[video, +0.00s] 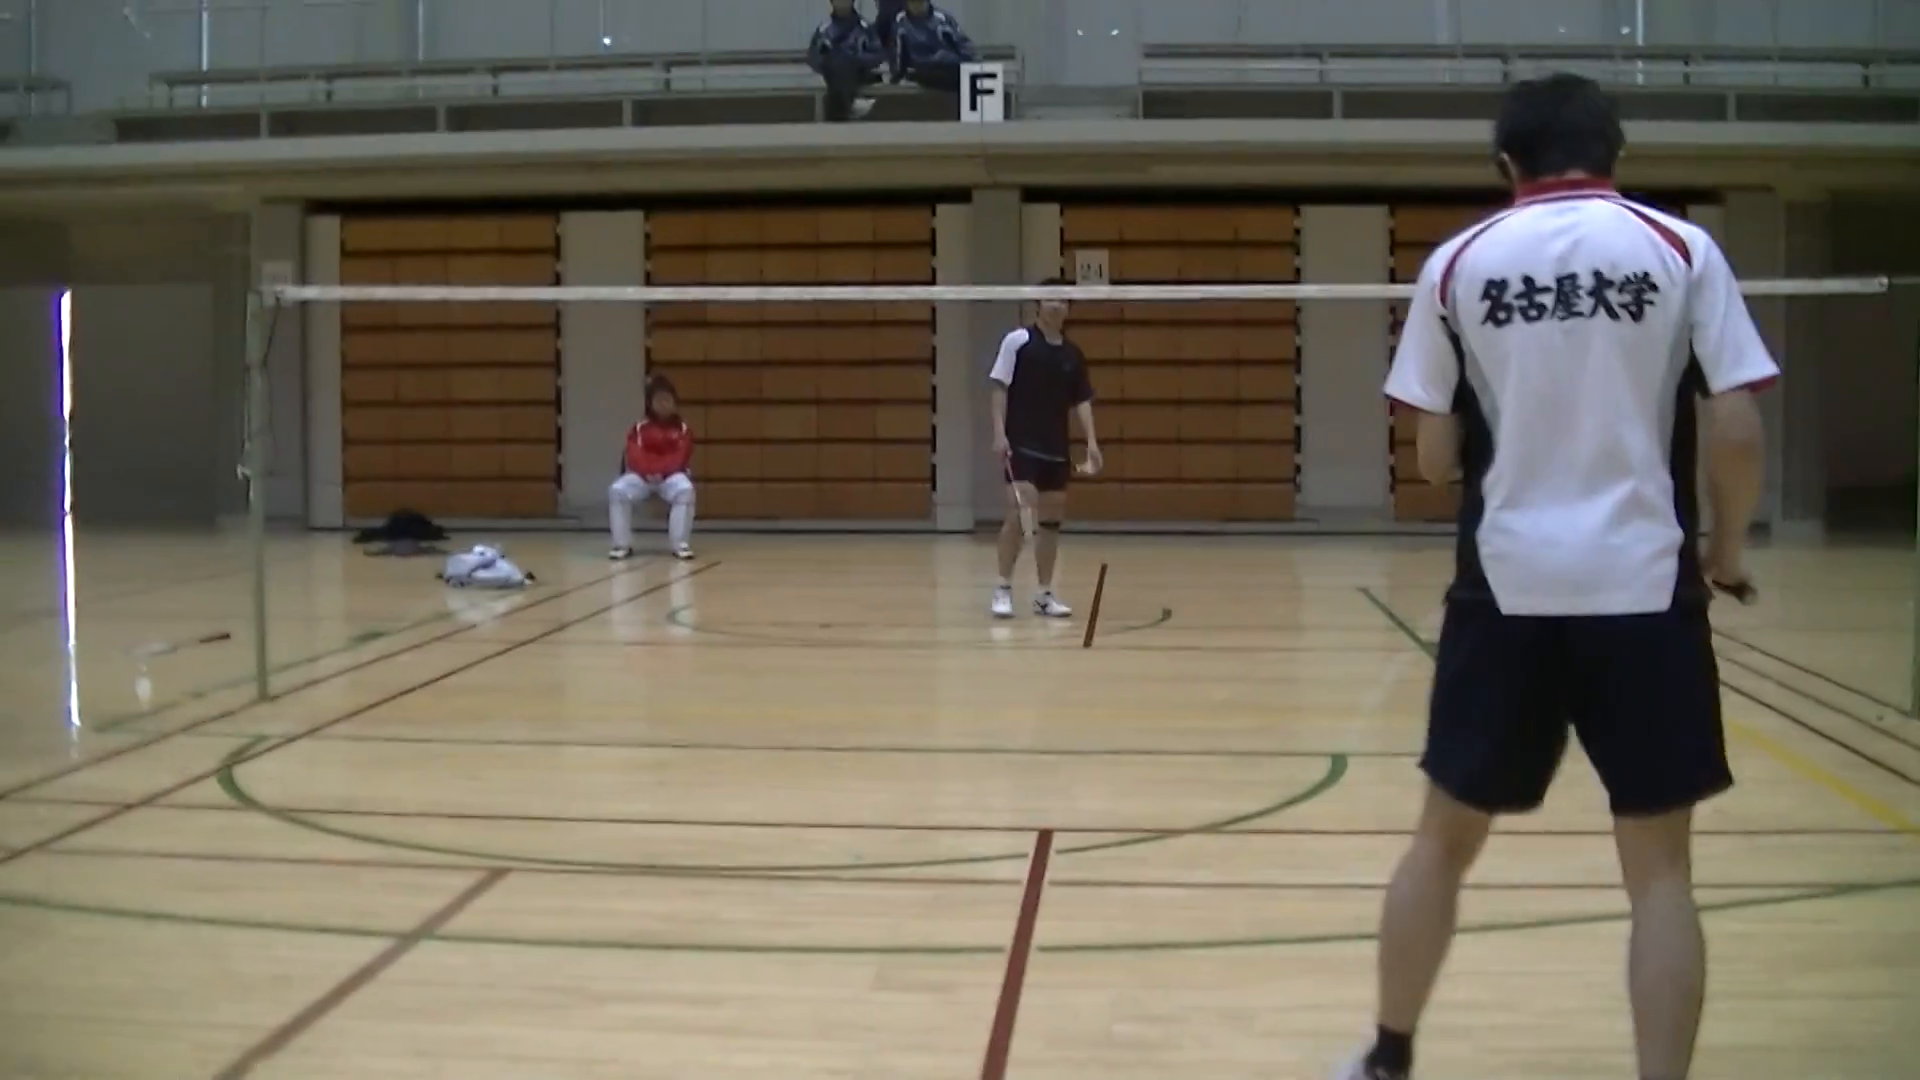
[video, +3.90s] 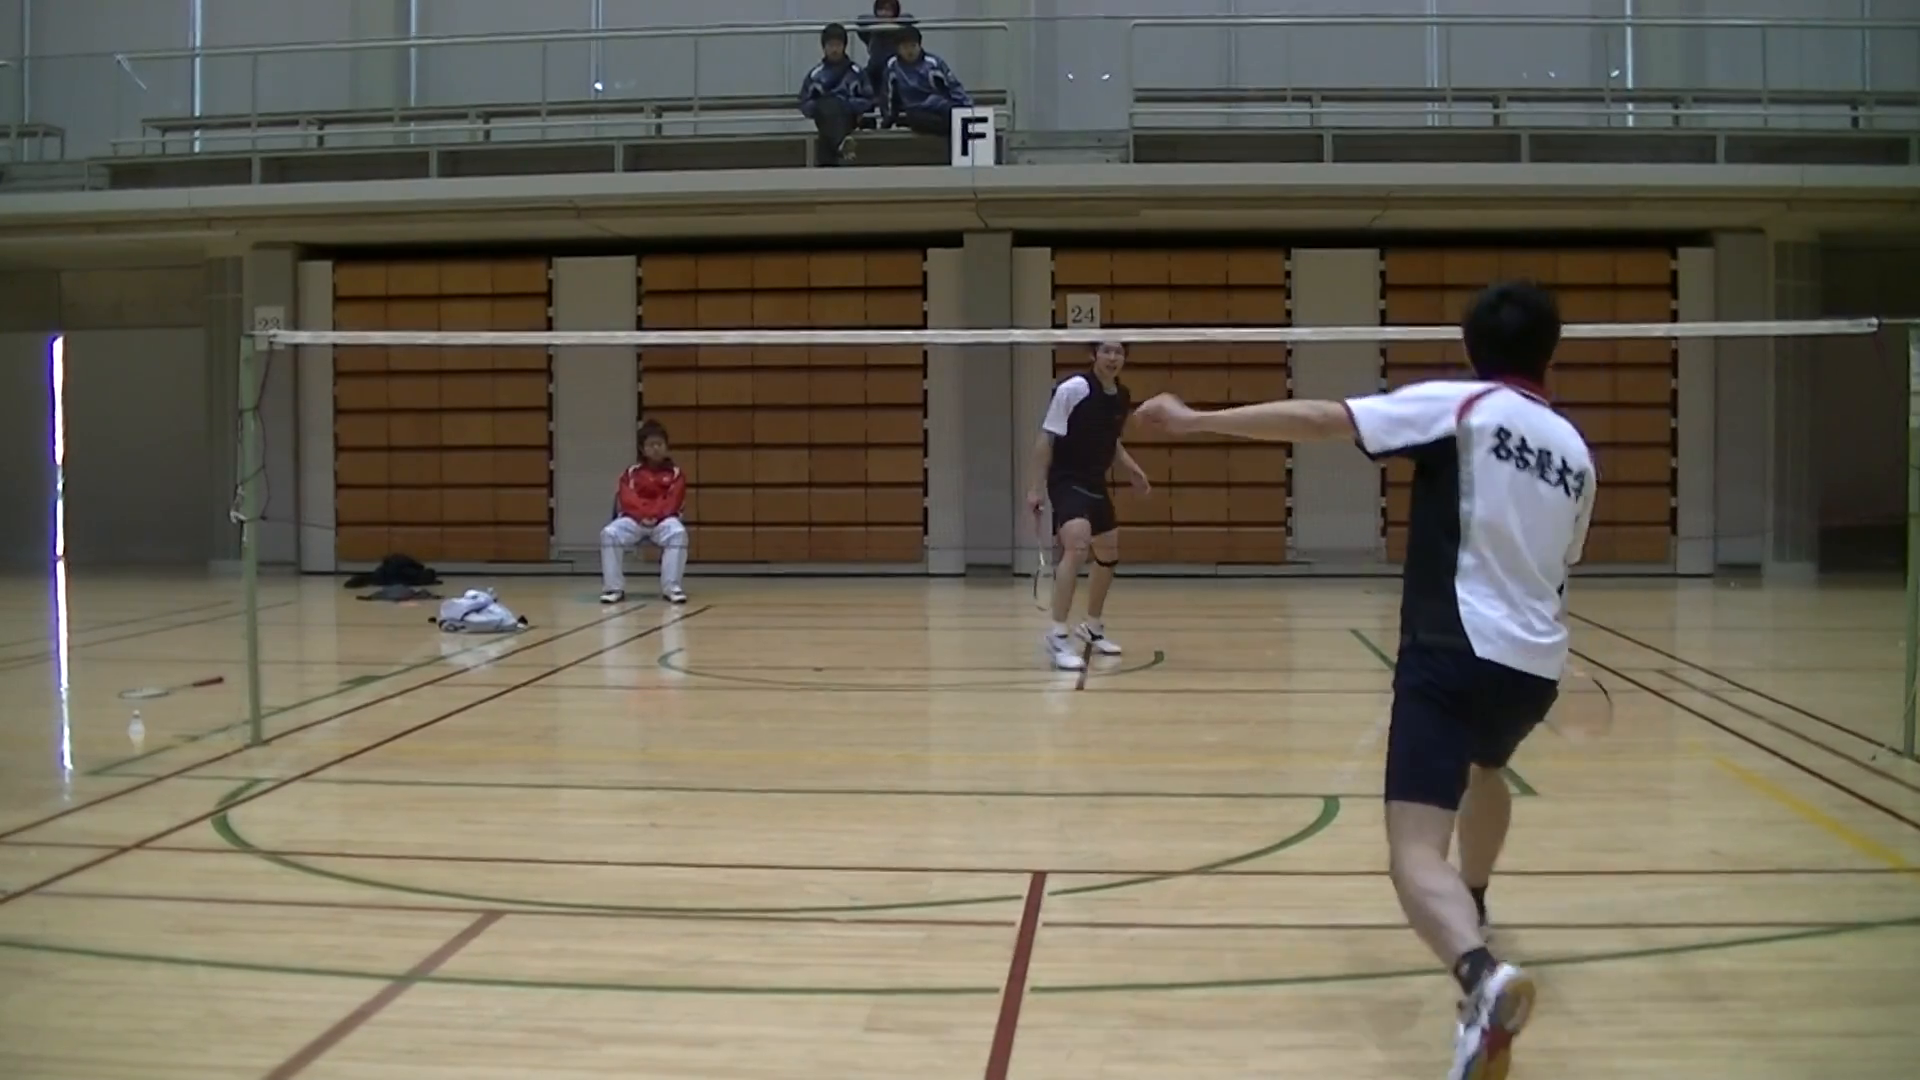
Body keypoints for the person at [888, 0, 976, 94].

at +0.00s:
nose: (917, 7)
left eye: (921, 3)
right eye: (913, 3)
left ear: (927, 3)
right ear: (907, 4)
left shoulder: (942, 17)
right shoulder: (901, 22)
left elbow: (960, 41)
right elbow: (898, 51)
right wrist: (897, 74)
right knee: (944, 56)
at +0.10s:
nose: (922, 32)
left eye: (925, 27)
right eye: (917, 28)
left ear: (932, 27)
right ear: (911, 29)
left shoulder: (946, 43)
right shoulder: (906, 46)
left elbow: (965, 65)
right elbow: (901, 75)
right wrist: (899, 100)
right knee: (947, 81)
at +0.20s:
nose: (918, 41)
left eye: (922, 36)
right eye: (914, 36)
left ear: (928, 35)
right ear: (908, 37)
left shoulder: (943, 51)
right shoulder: (902, 55)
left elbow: (962, 73)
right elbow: (897, 85)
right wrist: (896, 108)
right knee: (945, 88)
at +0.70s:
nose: (917, 53)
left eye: (920, 48)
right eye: (913, 48)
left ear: (927, 46)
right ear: (906, 49)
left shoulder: (942, 64)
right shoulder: (900, 67)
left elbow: (961, 86)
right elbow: (897, 95)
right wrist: (896, 118)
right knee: (943, 100)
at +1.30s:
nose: (913, 54)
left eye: (917, 49)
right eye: (909, 49)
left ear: (924, 48)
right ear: (903, 50)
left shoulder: (939, 65)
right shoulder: (897, 68)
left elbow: (958, 88)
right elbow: (894, 97)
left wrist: (970, 109)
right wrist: (892, 121)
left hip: (949, 112)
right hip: (920, 115)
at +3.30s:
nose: (910, 52)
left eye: (914, 47)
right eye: (906, 48)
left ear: (921, 47)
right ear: (899, 49)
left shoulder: (935, 64)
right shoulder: (893, 68)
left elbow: (954, 87)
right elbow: (889, 96)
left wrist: (968, 106)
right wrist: (888, 121)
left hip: (943, 108)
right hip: (914, 112)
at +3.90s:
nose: (909, 51)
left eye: (913, 46)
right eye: (904, 47)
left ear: (920, 46)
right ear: (898, 49)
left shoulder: (934, 63)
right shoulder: (893, 67)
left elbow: (953, 86)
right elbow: (889, 95)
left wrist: (967, 106)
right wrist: (889, 118)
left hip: (943, 108)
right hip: (914, 112)